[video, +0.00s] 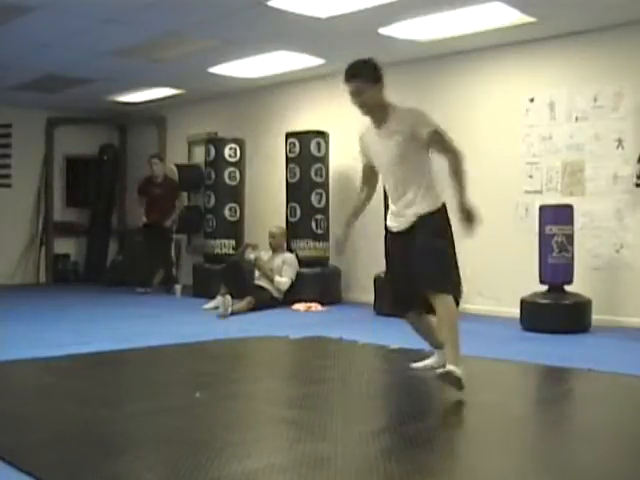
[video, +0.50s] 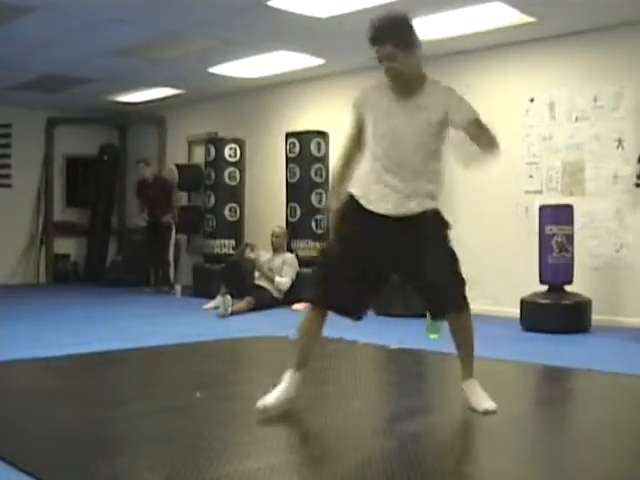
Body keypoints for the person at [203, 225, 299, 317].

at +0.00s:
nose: (270, 241)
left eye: (273, 238)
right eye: (269, 237)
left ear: (283, 240)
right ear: (268, 238)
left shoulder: (289, 258)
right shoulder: (264, 254)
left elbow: (284, 285)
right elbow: (247, 258)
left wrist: (263, 270)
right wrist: (247, 249)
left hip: (271, 293)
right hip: (254, 287)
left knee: (250, 301)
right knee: (234, 265)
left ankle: (231, 310)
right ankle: (220, 298)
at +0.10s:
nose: (270, 241)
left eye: (273, 238)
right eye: (269, 237)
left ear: (283, 240)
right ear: (268, 238)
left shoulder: (289, 258)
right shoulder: (264, 254)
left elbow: (284, 285)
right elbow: (247, 258)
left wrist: (263, 270)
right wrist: (247, 249)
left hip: (271, 293)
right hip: (254, 287)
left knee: (250, 301)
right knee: (233, 266)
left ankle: (231, 310)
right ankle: (221, 298)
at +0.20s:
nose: (271, 240)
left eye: (274, 237)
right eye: (270, 237)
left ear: (283, 239)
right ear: (269, 238)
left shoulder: (289, 258)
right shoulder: (264, 254)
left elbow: (284, 285)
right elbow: (247, 258)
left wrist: (264, 270)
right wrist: (247, 249)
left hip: (271, 293)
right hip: (254, 287)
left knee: (250, 301)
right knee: (233, 266)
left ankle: (230, 310)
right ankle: (221, 298)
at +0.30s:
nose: (271, 240)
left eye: (275, 237)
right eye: (270, 237)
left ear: (284, 239)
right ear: (269, 238)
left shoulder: (289, 258)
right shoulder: (264, 254)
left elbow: (284, 285)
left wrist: (264, 270)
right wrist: (247, 250)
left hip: (271, 293)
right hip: (255, 286)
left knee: (250, 301)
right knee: (234, 266)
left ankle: (230, 310)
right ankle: (220, 298)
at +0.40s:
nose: (272, 240)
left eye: (276, 237)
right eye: (271, 237)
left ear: (284, 239)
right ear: (269, 238)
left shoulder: (289, 258)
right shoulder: (264, 255)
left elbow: (284, 285)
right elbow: (243, 261)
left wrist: (263, 270)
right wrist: (246, 249)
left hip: (270, 293)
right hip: (254, 286)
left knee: (250, 301)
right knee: (234, 265)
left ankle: (230, 310)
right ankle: (221, 298)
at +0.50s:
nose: (273, 240)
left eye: (277, 237)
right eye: (272, 237)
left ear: (285, 239)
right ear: (270, 238)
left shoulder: (290, 258)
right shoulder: (264, 255)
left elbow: (284, 285)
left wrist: (263, 270)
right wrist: (246, 250)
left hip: (270, 293)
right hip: (254, 286)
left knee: (250, 301)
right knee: (233, 266)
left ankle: (230, 310)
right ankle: (220, 298)